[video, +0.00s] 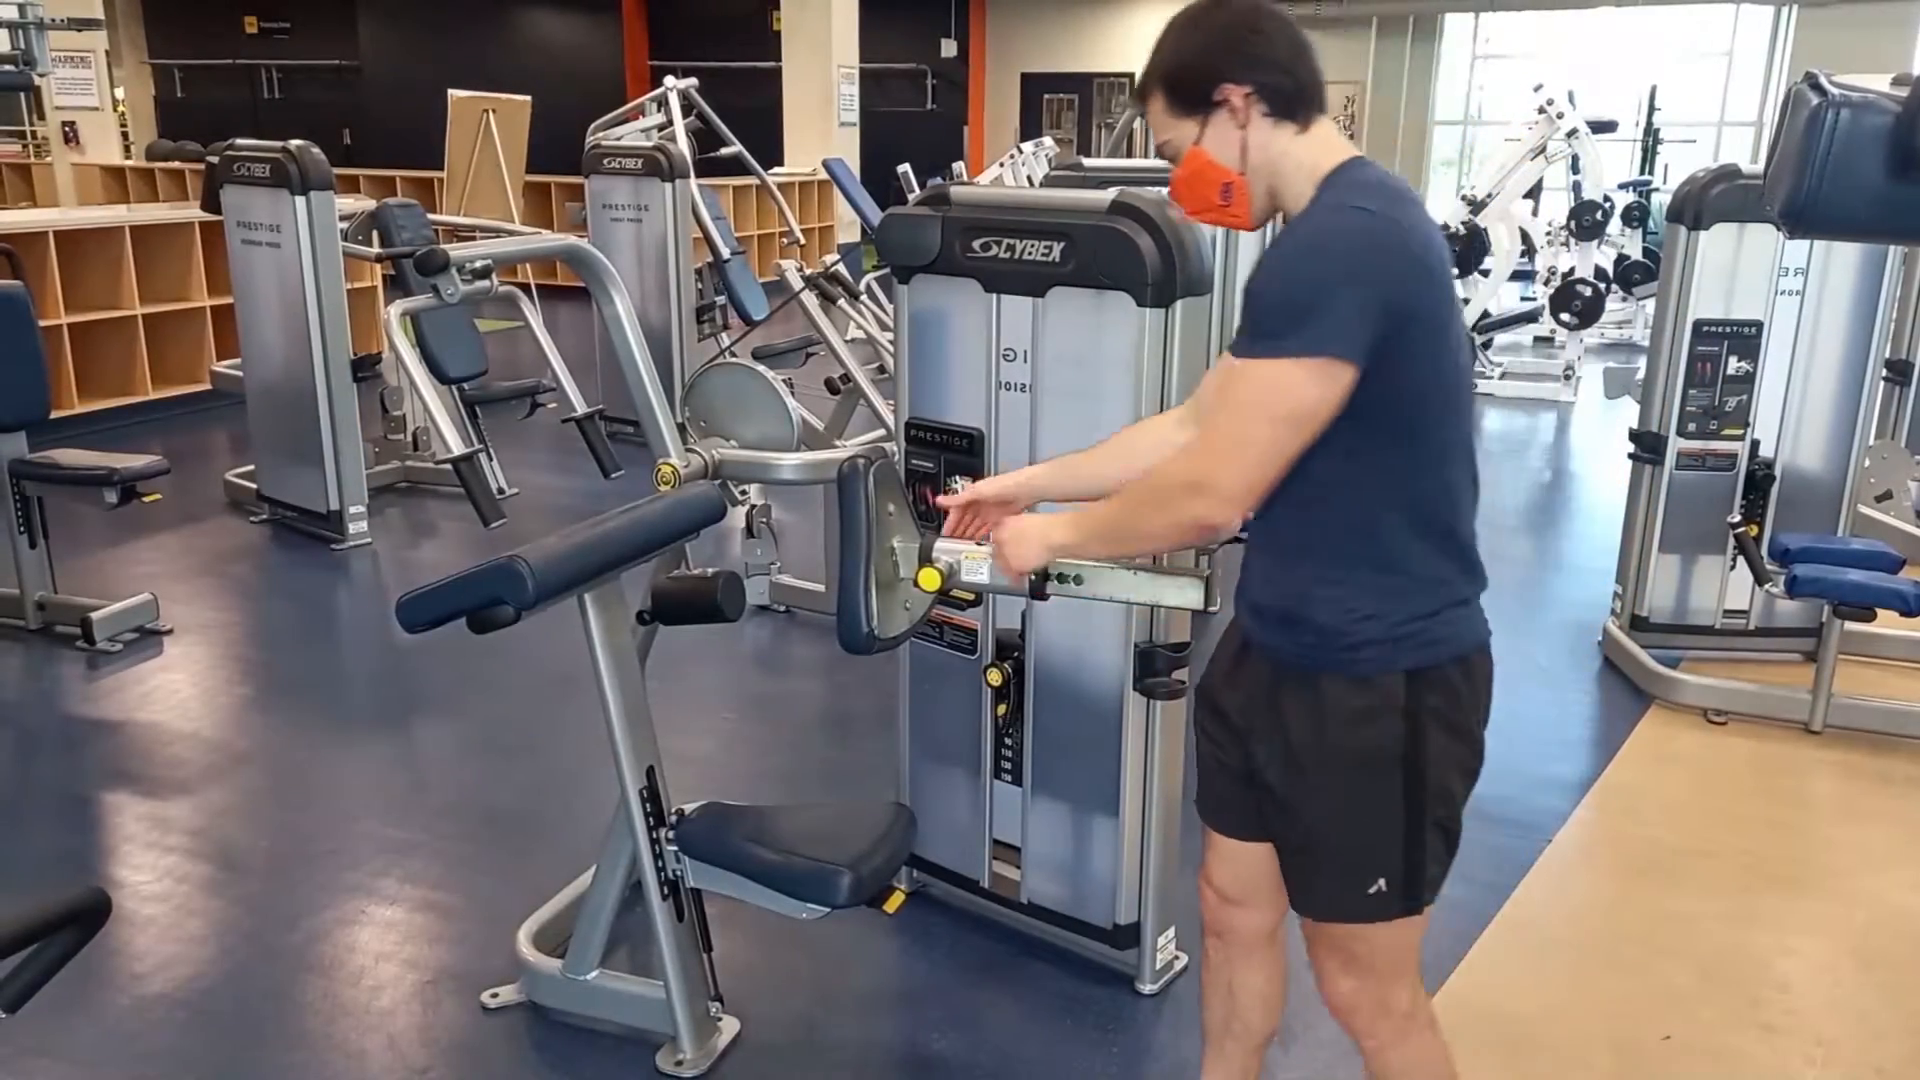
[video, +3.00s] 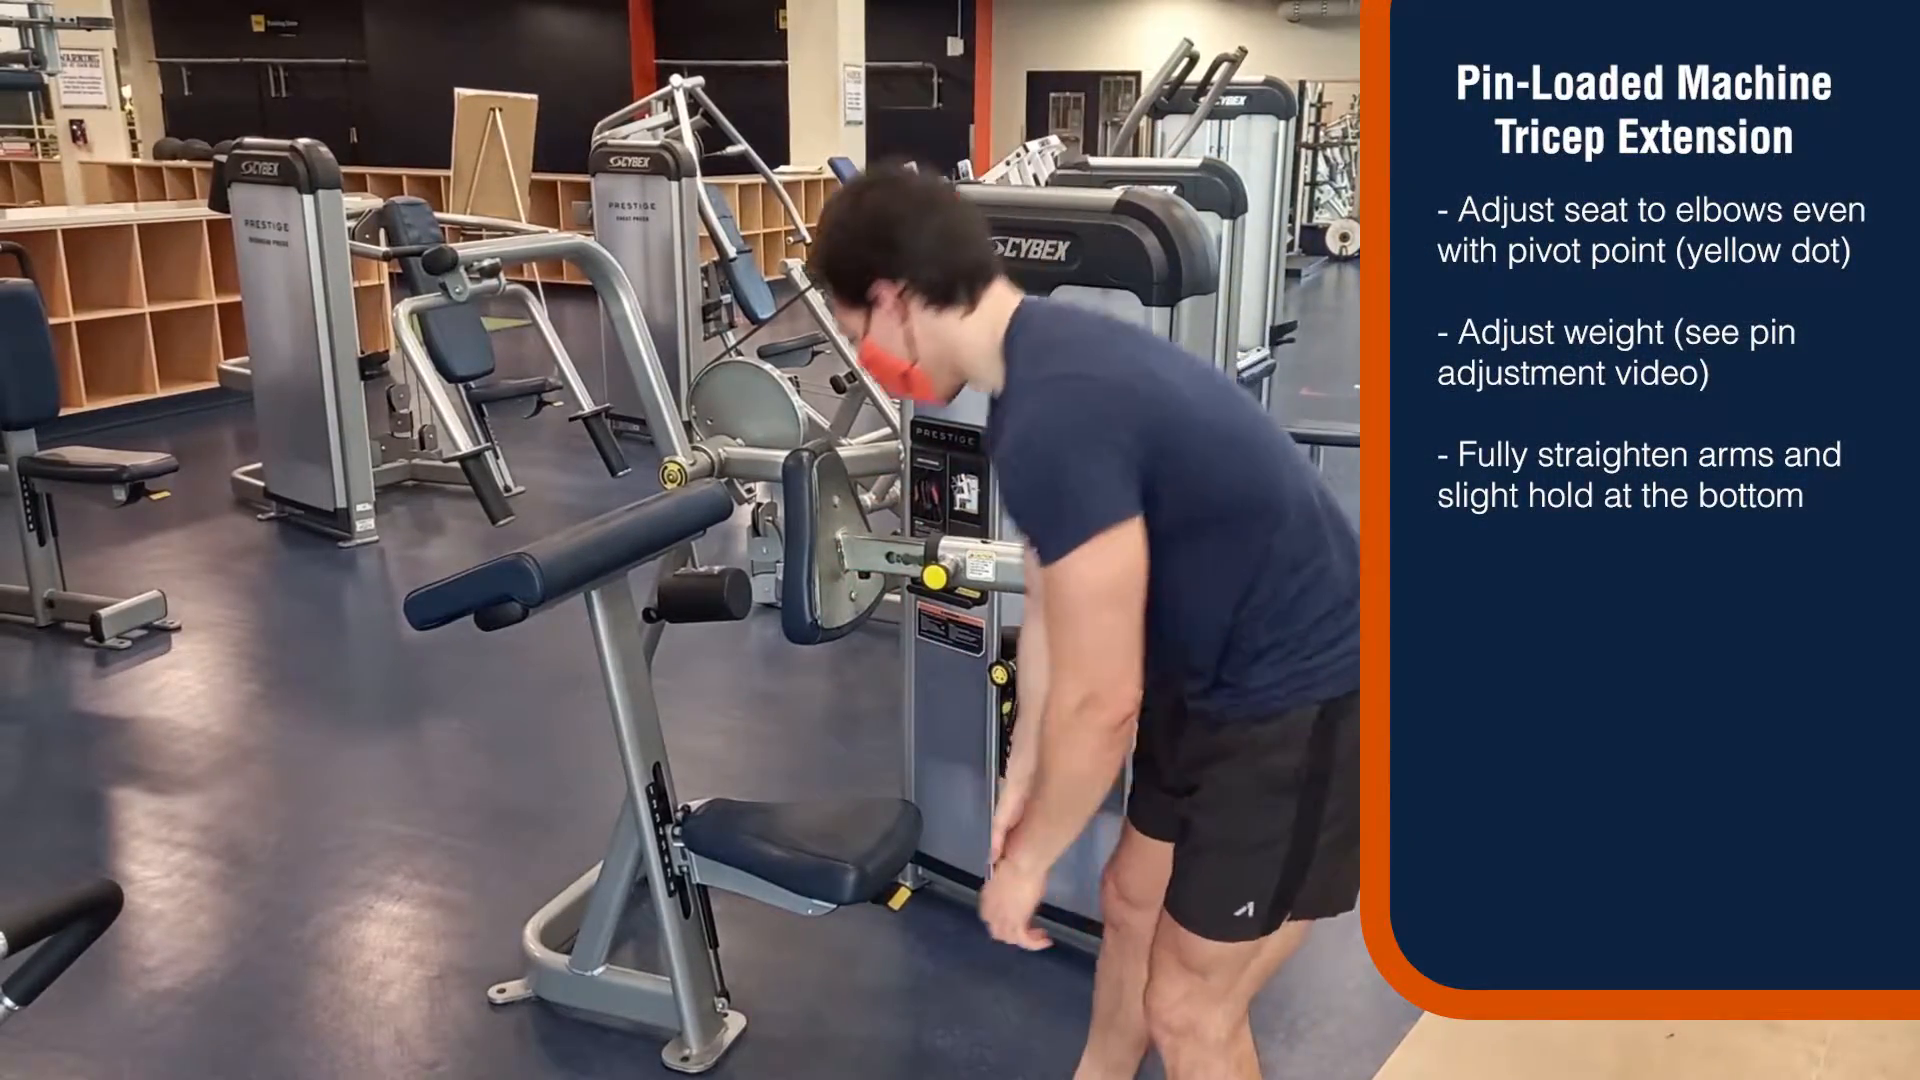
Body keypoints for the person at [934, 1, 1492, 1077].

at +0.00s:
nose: (1187, 175)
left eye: (1183, 143)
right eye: (1176, 151)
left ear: (1240, 107)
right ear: (1253, 108)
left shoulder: (1353, 235)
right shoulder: (1311, 237)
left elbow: (1220, 490)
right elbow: (1195, 429)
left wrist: (1055, 537)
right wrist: (1023, 485)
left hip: (1380, 673)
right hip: (1274, 644)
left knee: (1372, 989)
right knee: (1236, 912)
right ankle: (1229, 1070)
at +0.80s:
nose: (1047, 225)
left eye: (1037, 201)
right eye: (1031, 208)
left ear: (1079, 149)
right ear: (1092, 142)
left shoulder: (1184, 260)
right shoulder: (1196, 223)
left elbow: (1086, 505)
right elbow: (1099, 441)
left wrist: (967, 575)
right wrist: (962, 508)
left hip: (1315, 638)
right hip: (1227, 629)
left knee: (1339, 946)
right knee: (1214, 895)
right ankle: (1224, 1076)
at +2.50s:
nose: (1026, 203)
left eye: (1016, 174)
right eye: (1011, 181)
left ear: (1064, 128)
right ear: (1082, 122)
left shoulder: (1173, 258)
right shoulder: (1200, 221)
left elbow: (1189, 544)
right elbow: (1124, 445)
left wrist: (1088, 694)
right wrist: (951, 475)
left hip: (1257, 668)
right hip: (1259, 654)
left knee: (1230, 995)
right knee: (1228, 962)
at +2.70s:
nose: (1000, 210)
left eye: (988, 180)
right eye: (983, 189)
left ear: (1033, 138)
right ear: (1065, 121)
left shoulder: (1156, 283)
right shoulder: (1185, 224)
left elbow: (1202, 579)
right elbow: (1162, 479)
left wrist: (1122, 751)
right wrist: (1006, 532)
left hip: (1266, 680)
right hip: (1237, 657)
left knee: (1213, 1005)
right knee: (1150, 897)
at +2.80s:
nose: (965, 236)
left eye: (953, 209)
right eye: (950, 215)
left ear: (997, 167)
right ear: (1021, 156)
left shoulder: (1139, 311)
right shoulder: (1140, 256)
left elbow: (1187, 613)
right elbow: (1127, 510)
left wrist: (1108, 797)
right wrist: (1029, 643)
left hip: (1280, 683)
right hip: (1221, 659)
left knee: (1200, 1010)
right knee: (1127, 876)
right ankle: (1166, 1068)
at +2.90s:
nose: (915, 281)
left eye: (905, 255)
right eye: (902, 259)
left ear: (948, 222)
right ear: (976, 208)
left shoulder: (1109, 348)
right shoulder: (1076, 322)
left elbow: (1150, 659)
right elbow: (1087, 551)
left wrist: (1080, 834)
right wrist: (1035, 728)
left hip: (1300, 684)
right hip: (1205, 664)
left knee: (1197, 1009)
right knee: (1131, 896)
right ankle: (1118, 1066)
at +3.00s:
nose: (867, 360)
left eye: (858, 332)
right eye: (854, 338)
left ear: (895, 299)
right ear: (911, 296)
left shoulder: (1061, 410)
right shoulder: (1032, 379)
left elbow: (1105, 705)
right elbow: (1045, 615)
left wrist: (1028, 862)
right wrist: (1023, 782)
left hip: (1301, 688)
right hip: (1204, 674)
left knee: (1191, 1008)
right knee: (1134, 902)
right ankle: (1104, 1070)